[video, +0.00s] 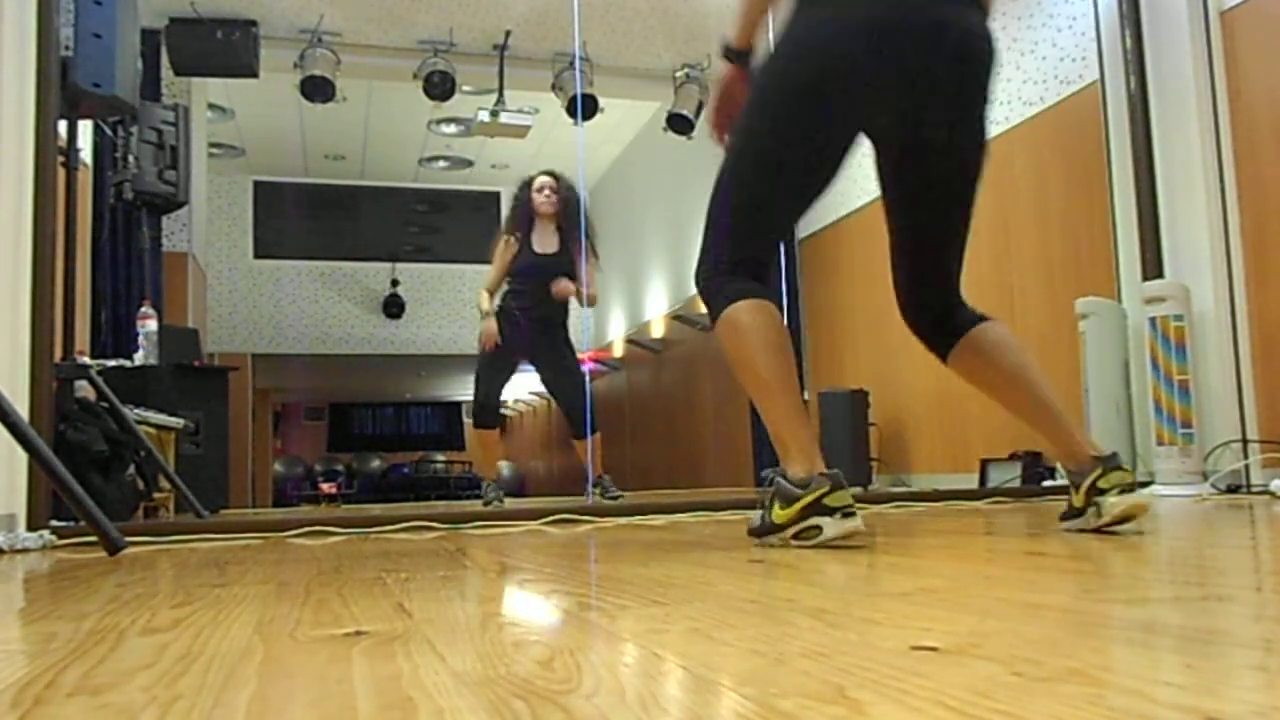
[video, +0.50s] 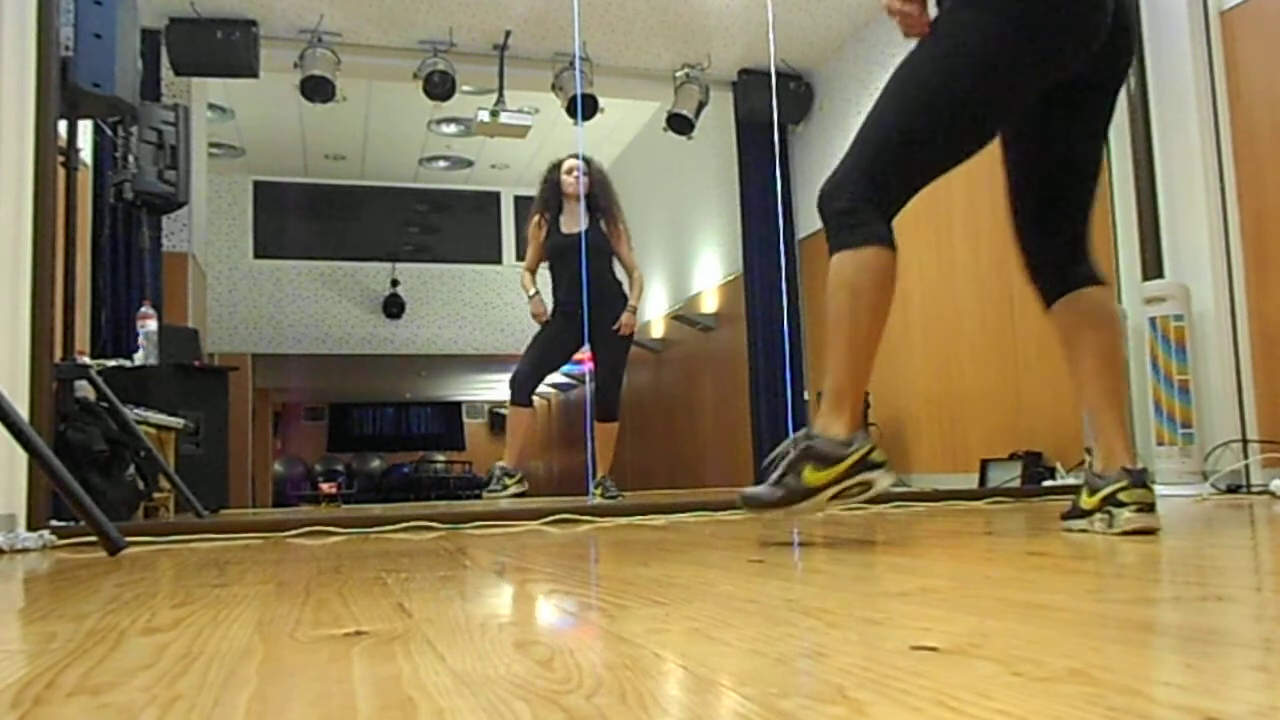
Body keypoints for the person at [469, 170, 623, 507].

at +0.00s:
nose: (548, 196)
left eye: (553, 191)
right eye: (541, 191)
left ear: (562, 200)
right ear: (529, 200)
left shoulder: (577, 243)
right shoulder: (514, 240)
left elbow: (592, 297)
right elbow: (487, 290)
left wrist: (574, 291)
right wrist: (488, 317)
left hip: (551, 332)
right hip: (509, 329)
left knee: (579, 402)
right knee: (484, 400)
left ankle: (598, 479)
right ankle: (492, 483)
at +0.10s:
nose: (554, 199)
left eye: (560, 194)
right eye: (548, 194)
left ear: (570, 203)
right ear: (536, 202)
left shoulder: (587, 244)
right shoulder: (522, 245)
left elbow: (602, 299)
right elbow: (502, 296)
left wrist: (587, 310)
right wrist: (497, 328)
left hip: (568, 334)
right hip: (525, 334)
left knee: (590, 403)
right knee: (489, 399)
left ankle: (599, 480)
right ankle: (493, 483)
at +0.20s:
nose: (562, 197)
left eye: (567, 192)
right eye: (555, 192)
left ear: (578, 201)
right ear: (543, 200)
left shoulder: (593, 243)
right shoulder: (530, 243)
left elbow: (612, 297)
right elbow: (512, 294)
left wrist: (604, 321)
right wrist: (512, 327)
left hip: (585, 337)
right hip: (541, 337)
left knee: (601, 406)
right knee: (497, 399)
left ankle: (600, 479)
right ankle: (498, 481)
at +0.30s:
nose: (568, 192)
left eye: (573, 187)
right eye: (561, 187)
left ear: (584, 196)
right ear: (550, 196)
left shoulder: (599, 238)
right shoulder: (536, 238)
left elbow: (623, 291)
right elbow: (520, 287)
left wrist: (617, 322)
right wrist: (523, 319)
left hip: (599, 335)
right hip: (556, 336)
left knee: (605, 409)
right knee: (509, 396)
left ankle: (601, 480)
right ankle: (506, 482)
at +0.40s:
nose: (576, 186)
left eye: (581, 181)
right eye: (569, 181)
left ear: (590, 189)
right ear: (556, 188)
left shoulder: (603, 231)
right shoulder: (539, 230)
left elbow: (630, 283)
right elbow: (523, 278)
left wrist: (627, 317)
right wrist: (530, 307)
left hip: (607, 326)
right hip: (565, 326)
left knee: (606, 406)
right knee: (517, 390)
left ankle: (602, 479)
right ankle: (506, 476)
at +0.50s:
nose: (578, 178)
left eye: (583, 173)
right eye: (571, 173)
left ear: (592, 182)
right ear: (557, 181)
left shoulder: (607, 221)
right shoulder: (543, 222)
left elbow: (635, 273)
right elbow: (528, 271)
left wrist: (631, 309)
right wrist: (533, 297)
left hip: (610, 317)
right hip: (567, 318)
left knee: (607, 398)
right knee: (521, 383)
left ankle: (602, 479)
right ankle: (510, 470)